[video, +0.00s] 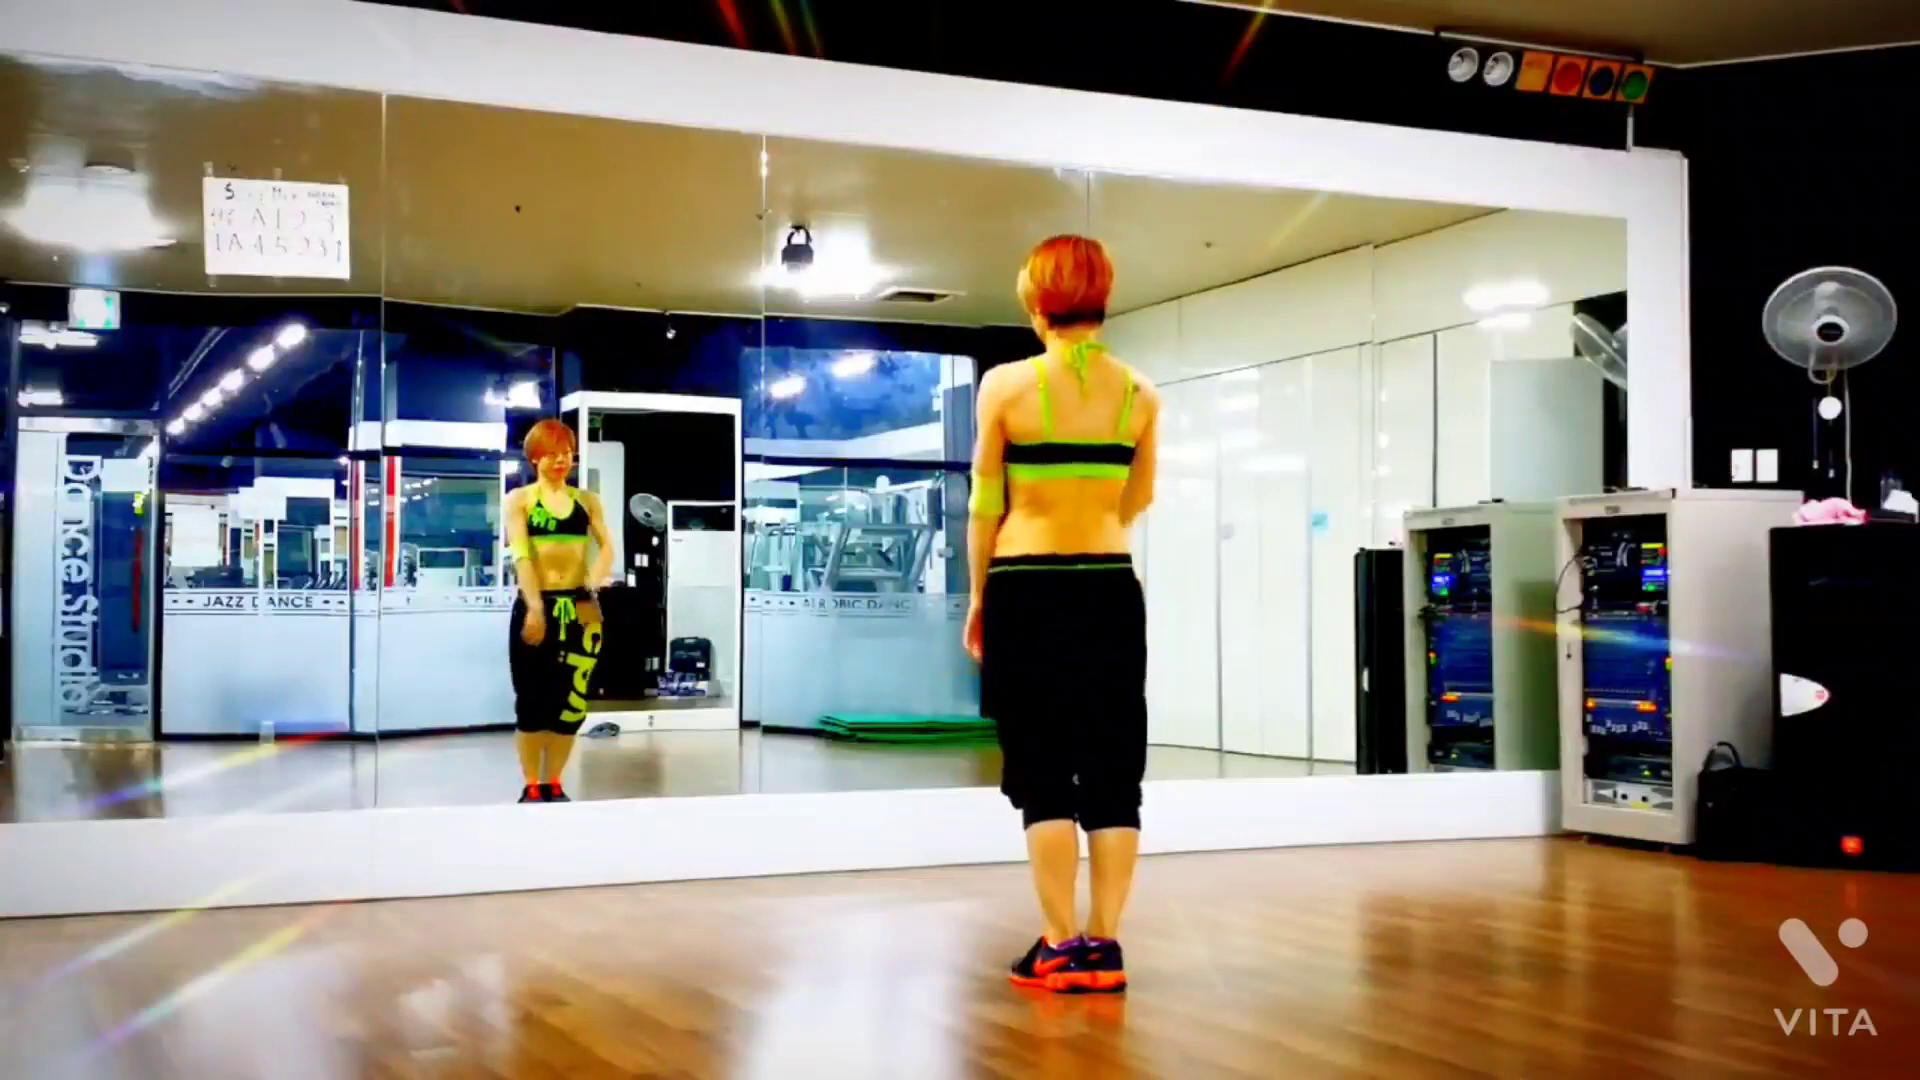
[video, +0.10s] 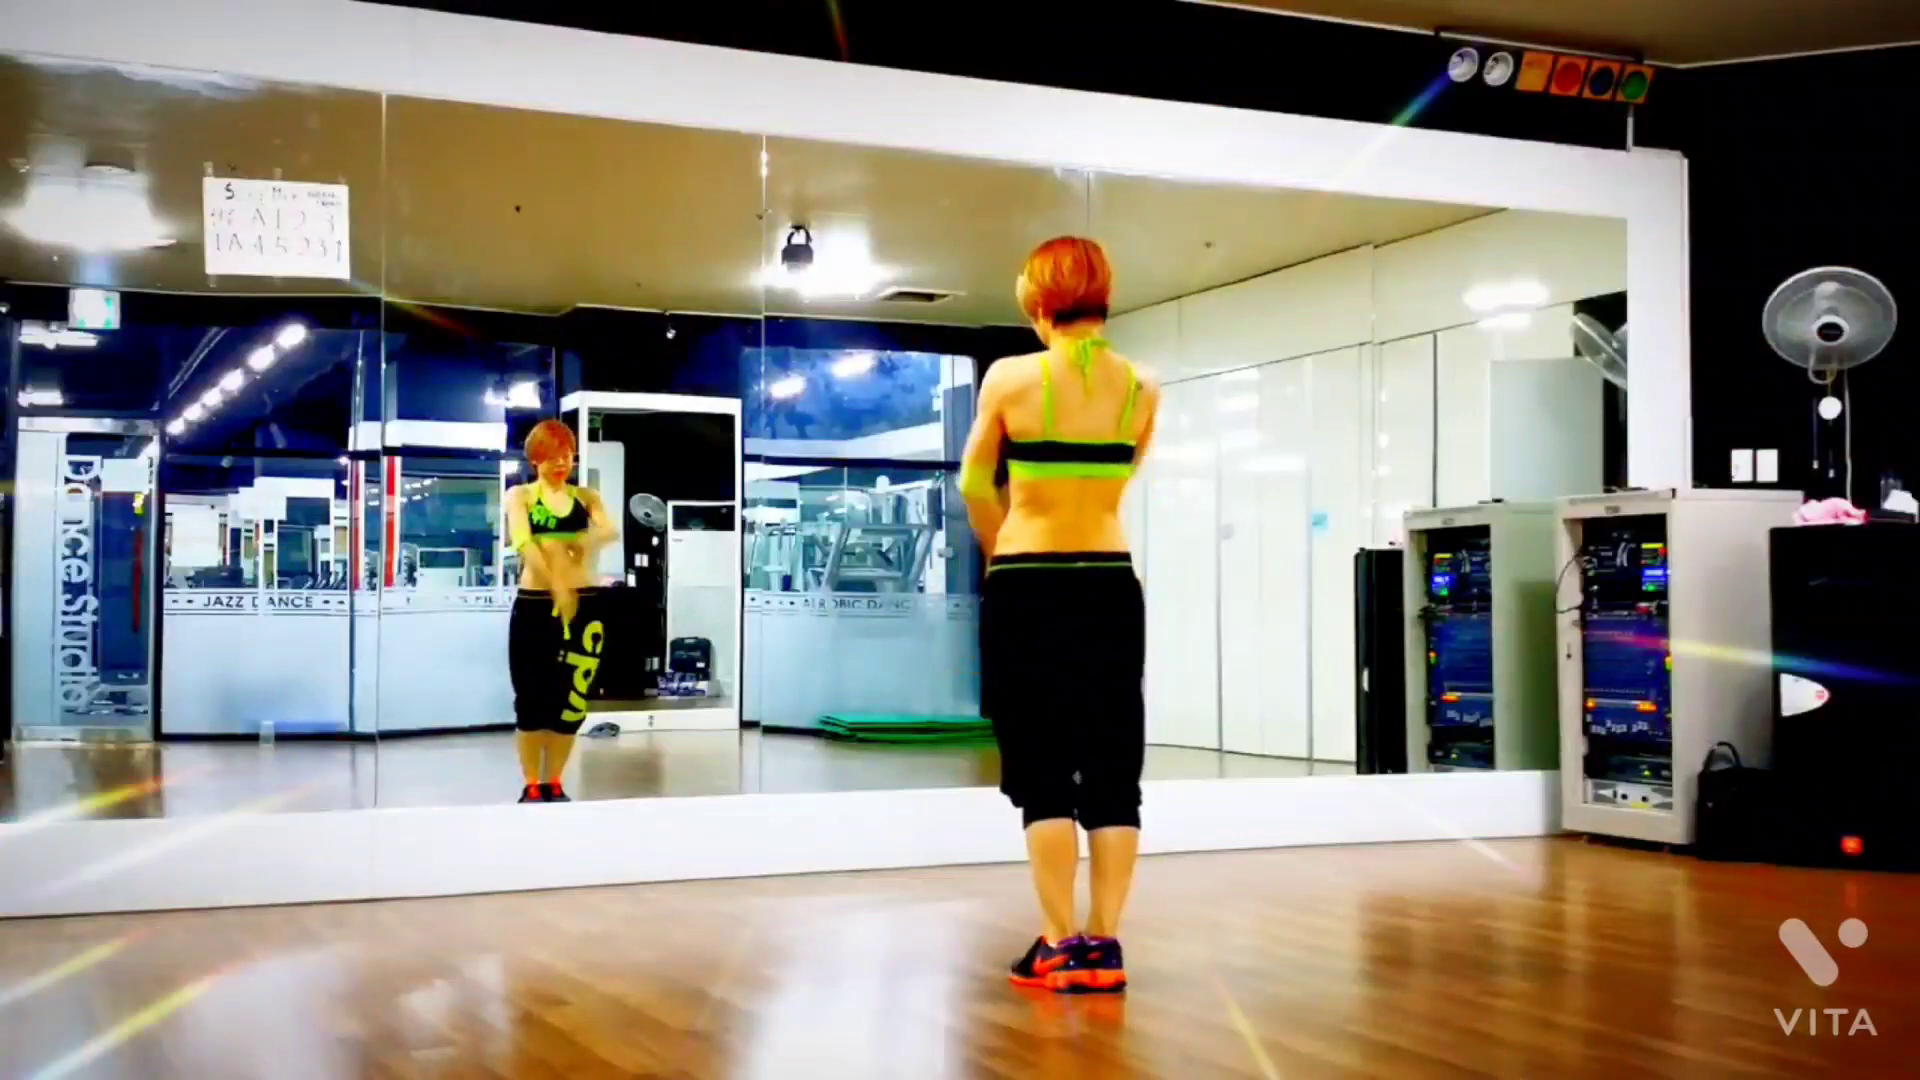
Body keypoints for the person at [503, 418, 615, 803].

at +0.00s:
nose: (560, 462)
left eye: (566, 455)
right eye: (551, 455)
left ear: (573, 457)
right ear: (535, 459)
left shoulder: (587, 501)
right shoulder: (519, 500)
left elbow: (607, 548)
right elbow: (523, 556)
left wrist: (595, 582)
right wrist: (535, 606)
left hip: (580, 606)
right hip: (537, 604)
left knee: (571, 699)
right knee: (533, 699)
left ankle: (552, 783)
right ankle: (531, 785)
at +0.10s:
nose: (560, 465)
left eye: (566, 457)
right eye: (551, 459)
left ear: (573, 458)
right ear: (535, 461)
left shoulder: (586, 496)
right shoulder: (519, 496)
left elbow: (611, 531)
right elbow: (525, 545)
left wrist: (577, 542)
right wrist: (557, 585)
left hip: (580, 603)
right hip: (533, 604)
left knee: (570, 697)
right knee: (532, 698)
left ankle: (553, 783)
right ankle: (531, 785)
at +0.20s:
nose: (561, 465)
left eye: (566, 458)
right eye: (552, 459)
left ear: (574, 459)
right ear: (537, 461)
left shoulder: (583, 496)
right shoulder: (520, 490)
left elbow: (611, 485)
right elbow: (524, 513)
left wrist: (566, 488)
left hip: (581, 602)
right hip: (533, 602)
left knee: (571, 700)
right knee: (531, 700)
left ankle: (553, 783)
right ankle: (531, 785)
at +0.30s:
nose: (556, 458)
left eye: (563, 451)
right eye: (548, 452)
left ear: (572, 454)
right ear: (535, 456)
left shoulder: (586, 488)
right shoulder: (523, 491)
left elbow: (611, 457)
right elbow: (519, 486)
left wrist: (577, 456)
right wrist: (543, 472)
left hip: (581, 603)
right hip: (532, 604)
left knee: (571, 705)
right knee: (531, 704)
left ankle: (553, 783)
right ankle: (531, 786)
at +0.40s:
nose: (558, 443)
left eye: (562, 437)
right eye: (547, 437)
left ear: (570, 449)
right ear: (531, 452)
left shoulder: (585, 488)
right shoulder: (526, 492)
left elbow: (608, 455)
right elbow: (520, 481)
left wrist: (574, 442)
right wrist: (552, 458)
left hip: (581, 603)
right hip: (533, 604)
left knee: (571, 704)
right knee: (530, 703)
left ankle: (552, 783)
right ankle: (531, 785)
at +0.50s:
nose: (550, 444)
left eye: (557, 438)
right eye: (541, 439)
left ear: (568, 447)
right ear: (529, 453)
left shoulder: (586, 491)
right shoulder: (520, 490)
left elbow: (570, 485)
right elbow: (548, 497)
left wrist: (574, 447)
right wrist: (577, 443)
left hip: (579, 602)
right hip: (530, 604)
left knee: (571, 705)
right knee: (533, 705)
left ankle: (553, 783)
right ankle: (532, 785)